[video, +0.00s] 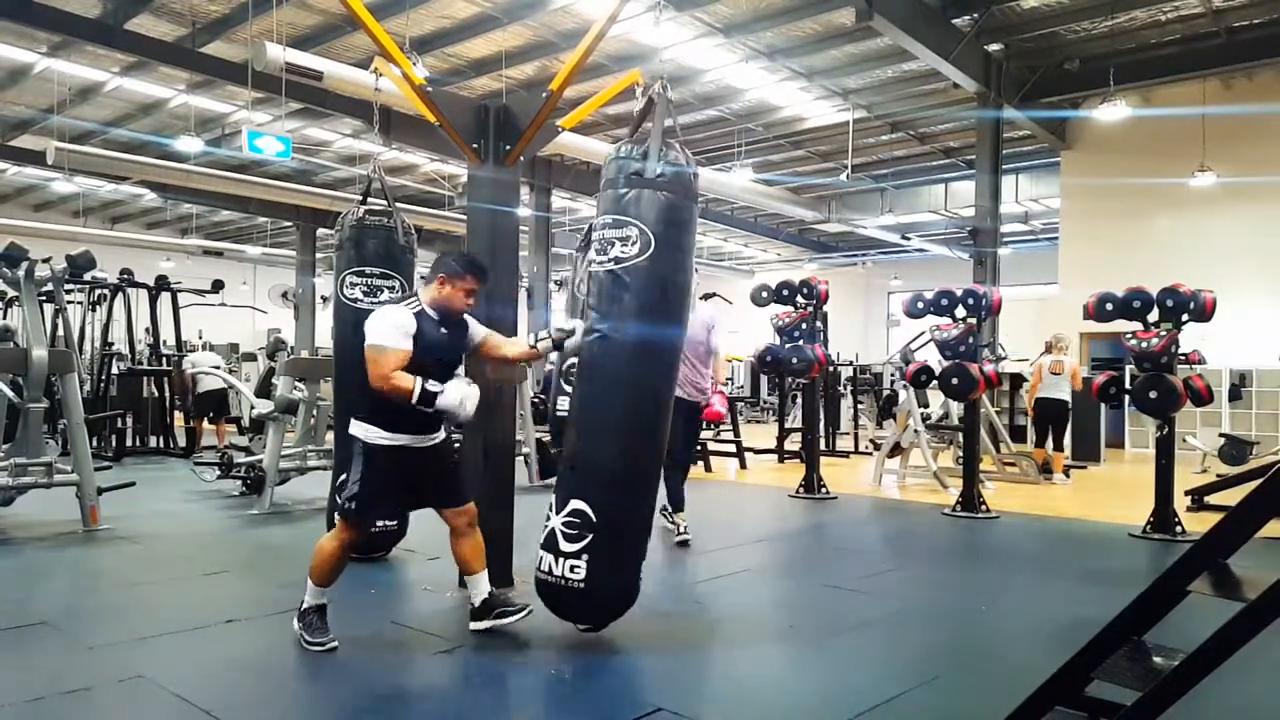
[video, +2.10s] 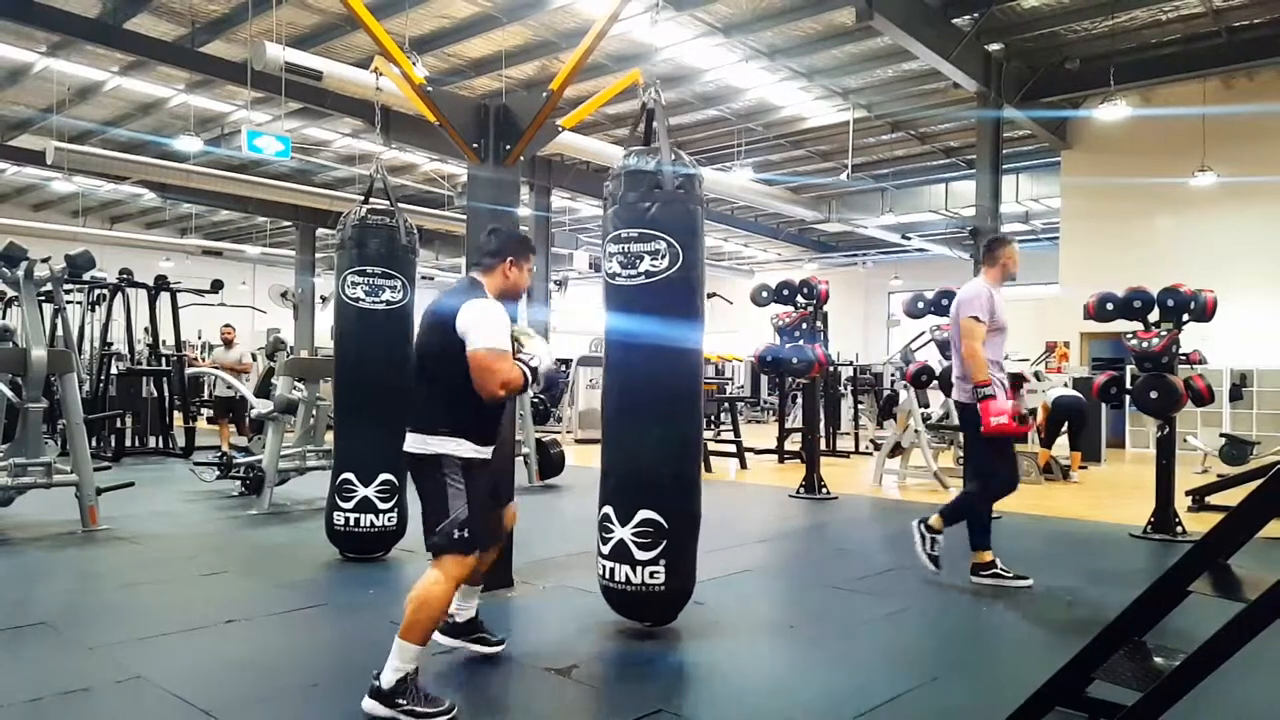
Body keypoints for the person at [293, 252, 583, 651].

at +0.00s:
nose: (472, 303)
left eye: (474, 295)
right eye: (468, 294)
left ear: (458, 290)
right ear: (441, 284)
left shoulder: (461, 325)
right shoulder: (392, 318)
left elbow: (507, 348)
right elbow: (383, 377)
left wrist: (552, 339)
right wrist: (439, 395)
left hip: (432, 445)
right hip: (379, 445)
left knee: (464, 518)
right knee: (349, 532)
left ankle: (482, 603)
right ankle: (311, 609)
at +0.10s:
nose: (490, 303)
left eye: (493, 295)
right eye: (488, 293)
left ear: (469, 287)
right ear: (463, 283)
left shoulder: (467, 326)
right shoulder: (421, 310)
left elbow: (470, 378)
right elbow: (402, 355)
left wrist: (512, 367)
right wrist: (458, 370)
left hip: (445, 442)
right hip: (400, 440)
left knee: (474, 520)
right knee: (366, 530)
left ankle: (482, 608)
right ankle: (316, 605)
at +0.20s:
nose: (508, 308)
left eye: (510, 300)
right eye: (505, 298)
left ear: (491, 292)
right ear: (486, 288)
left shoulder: (481, 322)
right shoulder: (456, 305)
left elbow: (458, 369)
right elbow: (480, 335)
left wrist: (490, 384)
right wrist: (526, 339)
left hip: (462, 442)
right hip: (418, 441)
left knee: (486, 522)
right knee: (383, 532)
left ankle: (484, 609)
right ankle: (323, 601)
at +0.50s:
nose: (534, 312)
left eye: (539, 305)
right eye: (535, 302)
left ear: (517, 292)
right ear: (515, 287)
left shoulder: (497, 326)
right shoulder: (469, 314)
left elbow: (497, 380)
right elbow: (485, 379)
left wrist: (537, 372)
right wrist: (524, 347)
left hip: (482, 442)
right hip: (439, 437)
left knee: (496, 525)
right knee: (430, 534)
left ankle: (484, 610)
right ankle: (373, 644)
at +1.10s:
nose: (514, 269)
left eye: (514, 259)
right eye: (512, 259)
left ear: (473, 252)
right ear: (493, 254)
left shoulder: (437, 292)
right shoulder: (476, 297)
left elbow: (456, 368)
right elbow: (490, 370)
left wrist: (512, 366)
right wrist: (527, 370)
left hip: (442, 440)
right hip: (444, 445)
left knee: (496, 522)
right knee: (432, 563)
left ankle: (438, 622)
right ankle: (379, 684)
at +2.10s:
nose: (526, 284)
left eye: (528, 274)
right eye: (526, 273)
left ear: (494, 264)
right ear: (508, 266)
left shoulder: (455, 300)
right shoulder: (482, 308)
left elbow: (473, 375)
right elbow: (495, 383)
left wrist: (514, 362)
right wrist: (528, 366)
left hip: (461, 449)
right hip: (449, 450)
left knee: (499, 520)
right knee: (455, 562)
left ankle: (459, 617)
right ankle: (392, 683)